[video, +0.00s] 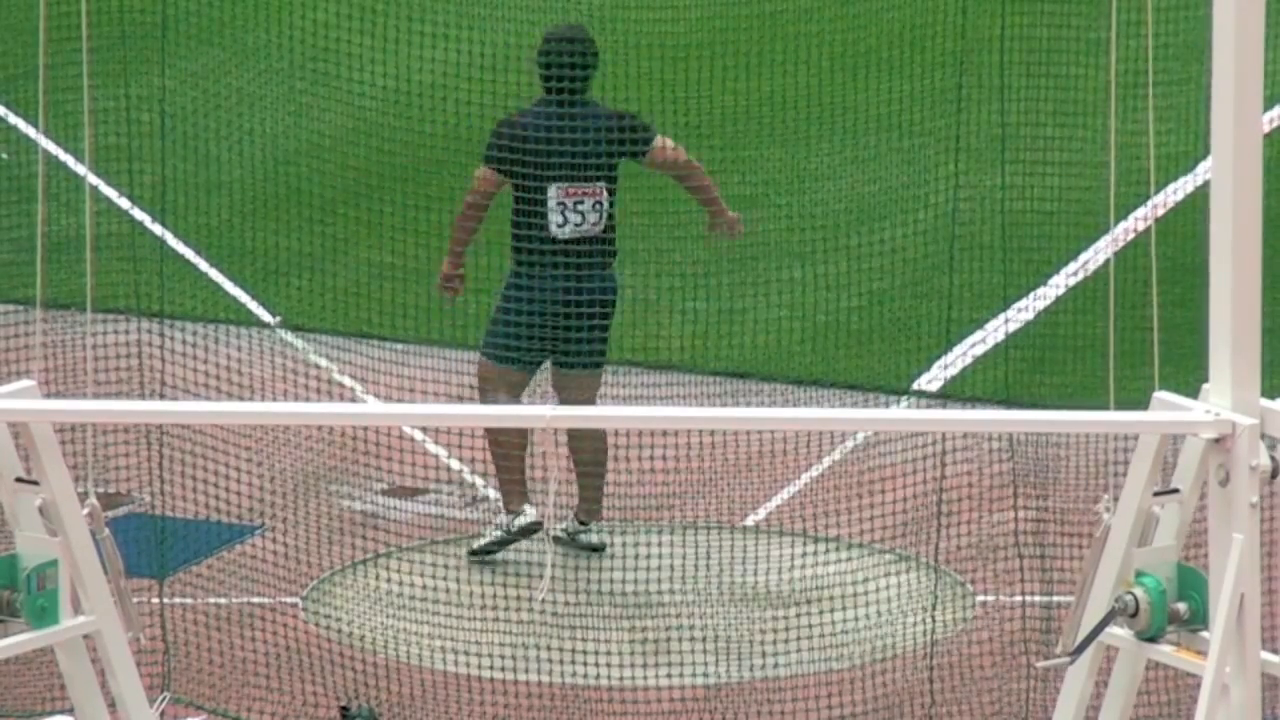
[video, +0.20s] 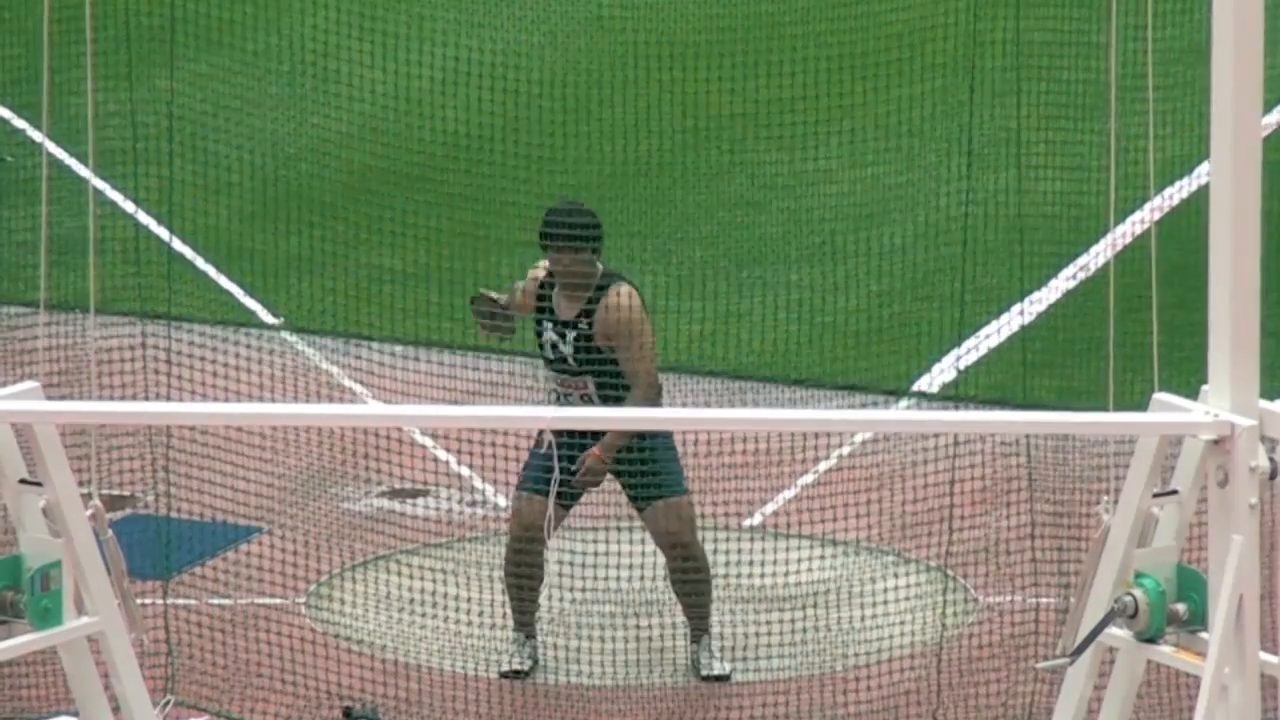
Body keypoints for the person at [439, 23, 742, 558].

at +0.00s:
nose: (565, 76)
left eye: (556, 65)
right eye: (572, 65)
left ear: (542, 70)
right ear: (591, 71)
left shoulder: (517, 128)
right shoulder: (613, 126)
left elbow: (481, 192)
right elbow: (677, 161)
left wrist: (454, 257)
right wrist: (719, 208)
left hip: (533, 284)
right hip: (595, 284)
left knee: (496, 385)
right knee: (580, 398)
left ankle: (517, 509)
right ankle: (588, 522)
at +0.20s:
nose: (567, 260)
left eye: (577, 250)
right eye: (559, 250)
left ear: (596, 252)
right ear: (547, 251)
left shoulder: (620, 303)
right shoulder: (540, 282)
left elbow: (647, 392)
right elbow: (510, 311)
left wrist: (606, 451)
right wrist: (494, 313)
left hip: (633, 427)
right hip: (570, 425)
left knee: (679, 538)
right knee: (524, 525)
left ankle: (703, 642)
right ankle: (524, 641)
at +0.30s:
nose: (589, 266)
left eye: (597, 256)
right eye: (578, 256)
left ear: (608, 255)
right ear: (558, 257)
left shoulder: (628, 307)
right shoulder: (548, 279)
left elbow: (650, 397)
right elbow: (513, 261)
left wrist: (600, 451)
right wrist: (487, 253)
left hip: (634, 430)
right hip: (570, 427)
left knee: (683, 538)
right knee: (525, 527)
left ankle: (702, 642)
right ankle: (524, 641)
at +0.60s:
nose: (617, 275)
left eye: (627, 265)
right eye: (608, 264)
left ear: (643, 266)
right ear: (594, 264)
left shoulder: (667, 316)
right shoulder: (569, 292)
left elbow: (687, 403)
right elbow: (498, 285)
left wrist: (634, 442)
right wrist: (429, 273)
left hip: (661, 431)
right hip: (588, 427)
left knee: (701, 531)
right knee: (536, 526)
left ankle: (705, 643)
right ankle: (524, 642)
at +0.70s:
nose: (632, 274)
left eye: (642, 264)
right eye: (623, 263)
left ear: (657, 267)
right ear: (607, 264)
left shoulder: (684, 316)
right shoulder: (581, 306)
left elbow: (703, 397)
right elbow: (512, 333)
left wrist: (654, 442)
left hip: (669, 429)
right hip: (596, 427)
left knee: (705, 529)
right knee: (542, 524)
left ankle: (706, 643)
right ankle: (524, 641)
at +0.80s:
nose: (644, 276)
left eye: (655, 266)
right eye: (635, 265)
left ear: (670, 267)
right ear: (619, 264)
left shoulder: (696, 312)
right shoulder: (595, 314)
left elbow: (716, 388)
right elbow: (550, 383)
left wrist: (676, 435)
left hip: (672, 434)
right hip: (599, 433)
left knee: (708, 527)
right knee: (543, 526)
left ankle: (705, 643)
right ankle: (525, 641)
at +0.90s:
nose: (650, 274)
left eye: (660, 265)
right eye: (641, 263)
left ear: (678, 266)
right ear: (627, 263)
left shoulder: (706, 306)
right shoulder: (608, 317)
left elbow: (722, 376)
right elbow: (608, 405)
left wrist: (698, 427)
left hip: (670, 433)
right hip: (604, 431)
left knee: (710, 527)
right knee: (545, 530)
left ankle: (704, 643)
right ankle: (525, 640)